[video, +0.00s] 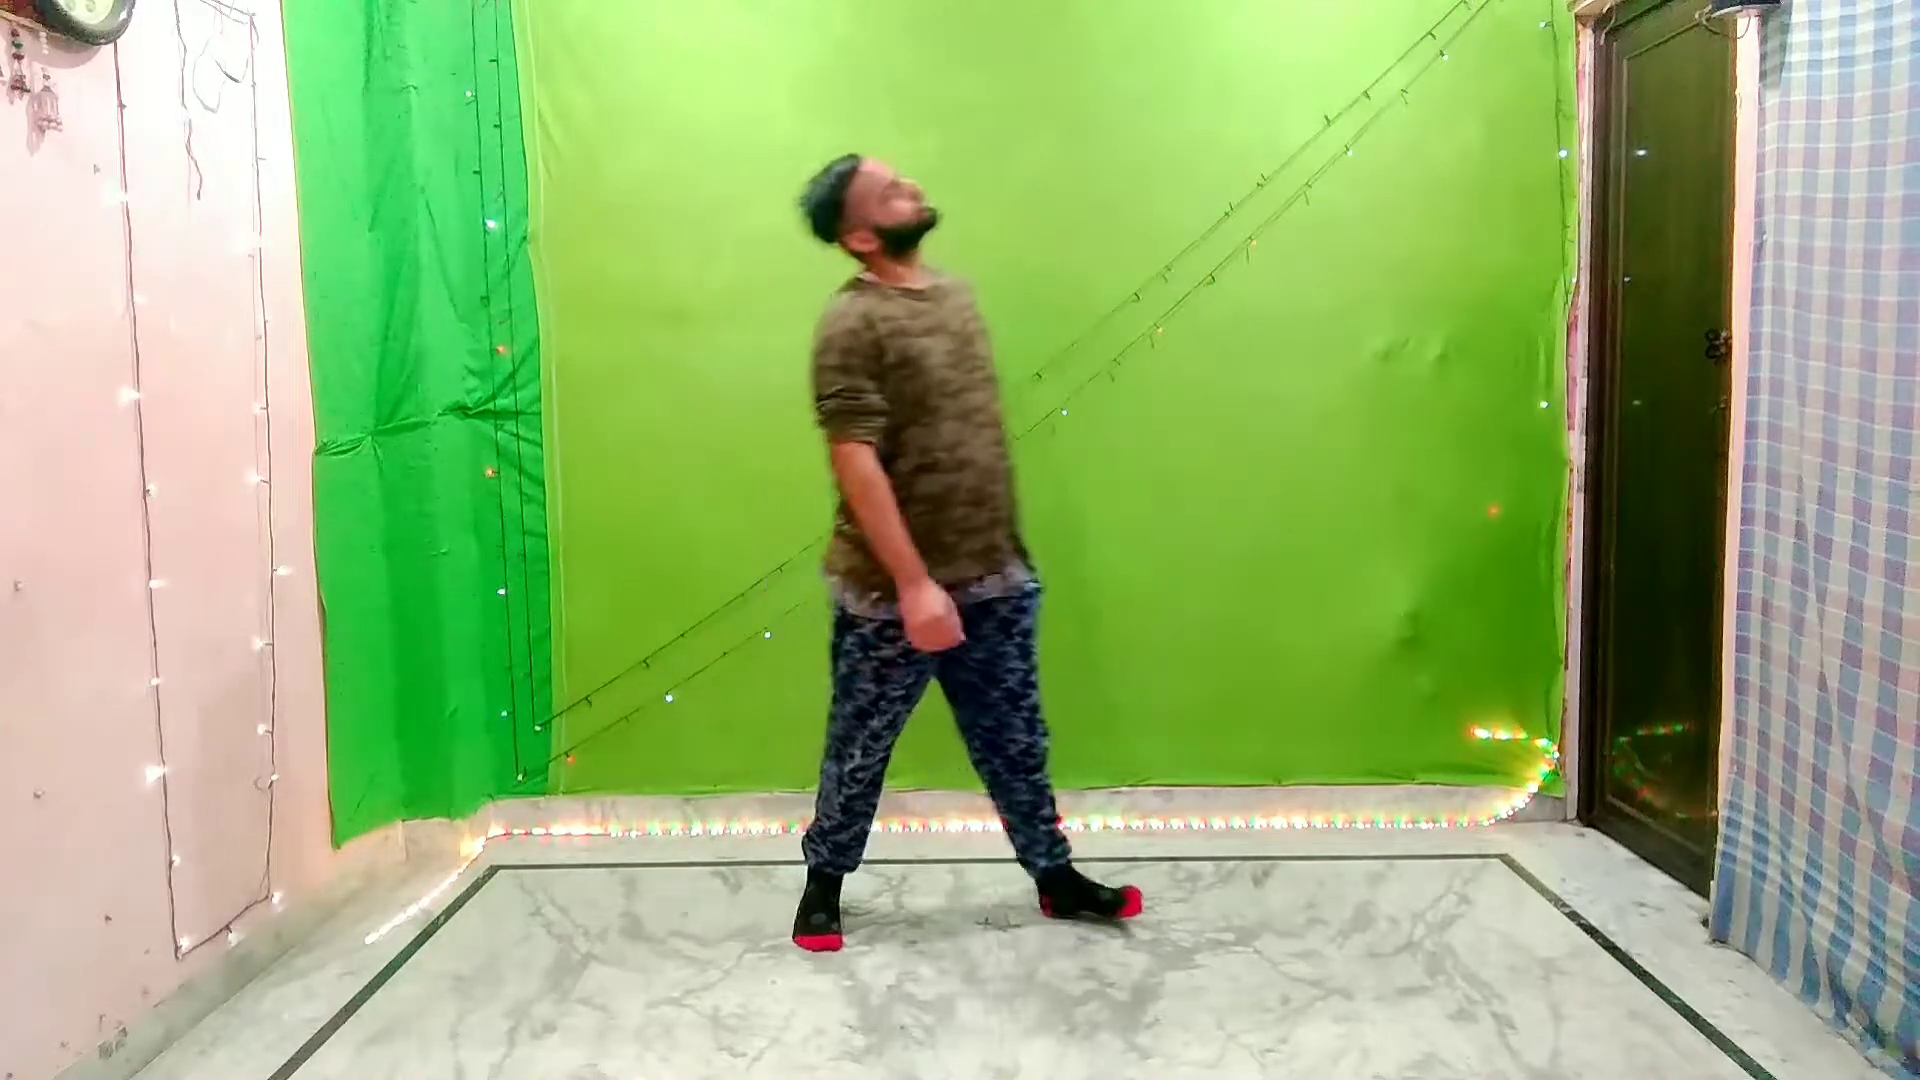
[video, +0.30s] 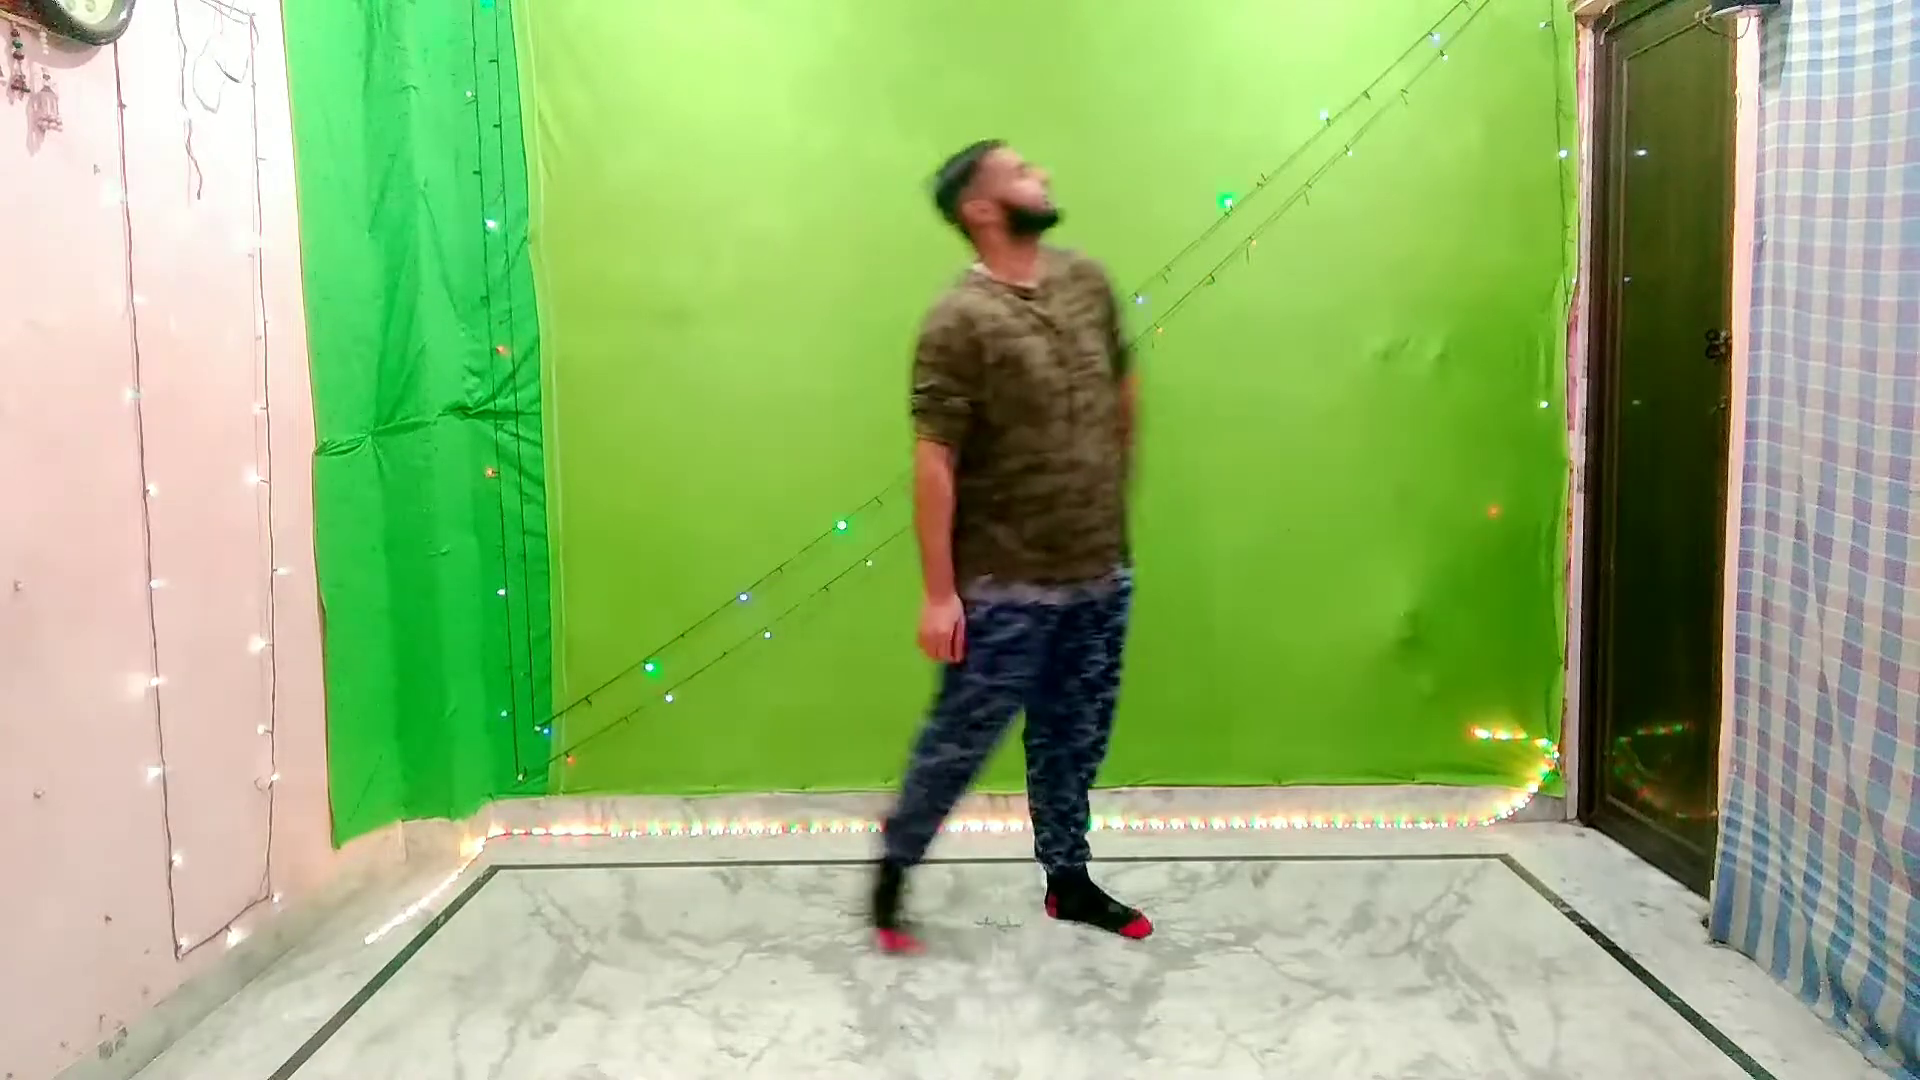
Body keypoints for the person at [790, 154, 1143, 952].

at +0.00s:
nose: (908, 185)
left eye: (899, 176)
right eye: (886, 188)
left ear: (903, 210)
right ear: (857, 235)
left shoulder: (955, 297)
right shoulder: (852, 327)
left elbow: (971, 434)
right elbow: (855, 464)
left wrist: (998, 551)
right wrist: (913, 583)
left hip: (989, 573)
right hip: (890, 589)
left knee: (1015, 741)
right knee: (859, 750)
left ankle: (1057, 879)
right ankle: (822, 890)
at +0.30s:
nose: (1034, 171)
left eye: (1027, 161)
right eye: (1011, 167)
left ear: (1015, 200)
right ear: (974, 206)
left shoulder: (1085, 283)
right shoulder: (957, 324)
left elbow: (1121, 391)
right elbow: (934, 462)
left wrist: (1111, 491)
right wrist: (938, 593)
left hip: (1094, 570)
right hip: (1005, 582)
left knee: (1072, 742)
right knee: (961, 739)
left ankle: (1068, 883)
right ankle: (894, 868)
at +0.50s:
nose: (1100, 166)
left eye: (1092, 157)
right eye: (1078, 162)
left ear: (1083, 197)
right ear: (1038, 202)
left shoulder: (1134, 277)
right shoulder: (1009, 309)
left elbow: (1203, 311)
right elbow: (970, 437)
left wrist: (1257, 398)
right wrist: (972, 572)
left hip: (1143, 544)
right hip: (1055, 550)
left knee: (1117, 726)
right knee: (1083, 723)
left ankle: (1070, 877)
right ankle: (1057, 907)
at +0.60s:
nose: (1131, 164)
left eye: (1123, 154)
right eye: (1109, 159)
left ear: (1104, 198)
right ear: (1070, 202)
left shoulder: (1158, 281)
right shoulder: (1036, 305)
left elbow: (1223, 305)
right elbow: (992, 431)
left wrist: (1311, 351)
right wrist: (998, 569)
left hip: (1163, 552)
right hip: (1089, 560)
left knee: (1104, 721)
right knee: (1128, 737)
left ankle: (1074, 874)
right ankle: (1149, 930)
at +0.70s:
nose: (1148, 164)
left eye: (1140, 154)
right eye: (1128, 160)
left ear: (1116, 199)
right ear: (1088, 200)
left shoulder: (1163, 289)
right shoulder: (1053, 306)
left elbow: (1227, 332)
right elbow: (1013, 438)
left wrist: (1325, 324)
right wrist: (1017, 575)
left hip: (1174, 557)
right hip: (1107, 565)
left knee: (1112, 722)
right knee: (1158, 740)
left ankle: (1070, 871)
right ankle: (1193, 929)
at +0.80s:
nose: (1170, 169)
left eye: (1161, 160)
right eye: (1151, 165)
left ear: (1131, 202)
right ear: (1109, 203)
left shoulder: (1175, 294)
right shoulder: (1086, 304)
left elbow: (1218, 397)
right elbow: (1057, 442)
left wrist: (1288, 318)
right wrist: (1062, 580)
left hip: (1191, 566)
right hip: (1138, 574)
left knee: (1128, 731)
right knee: (1192, 751)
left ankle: (1073, 872)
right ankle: (1232, 936)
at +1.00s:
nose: (1208, 171)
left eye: (1199, 161)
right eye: (1189, 166)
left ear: (1172, 200)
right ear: (1147, 204)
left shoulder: (1213, 294)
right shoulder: (1126, 305)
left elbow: (1243, 408)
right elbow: (1112, 443)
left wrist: (1278, 341)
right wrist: (1166, 578)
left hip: (1259, 571)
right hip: (1194, 583)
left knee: (1246, 736)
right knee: (1226, 766)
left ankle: (1129, 841)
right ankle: (1246, 941)